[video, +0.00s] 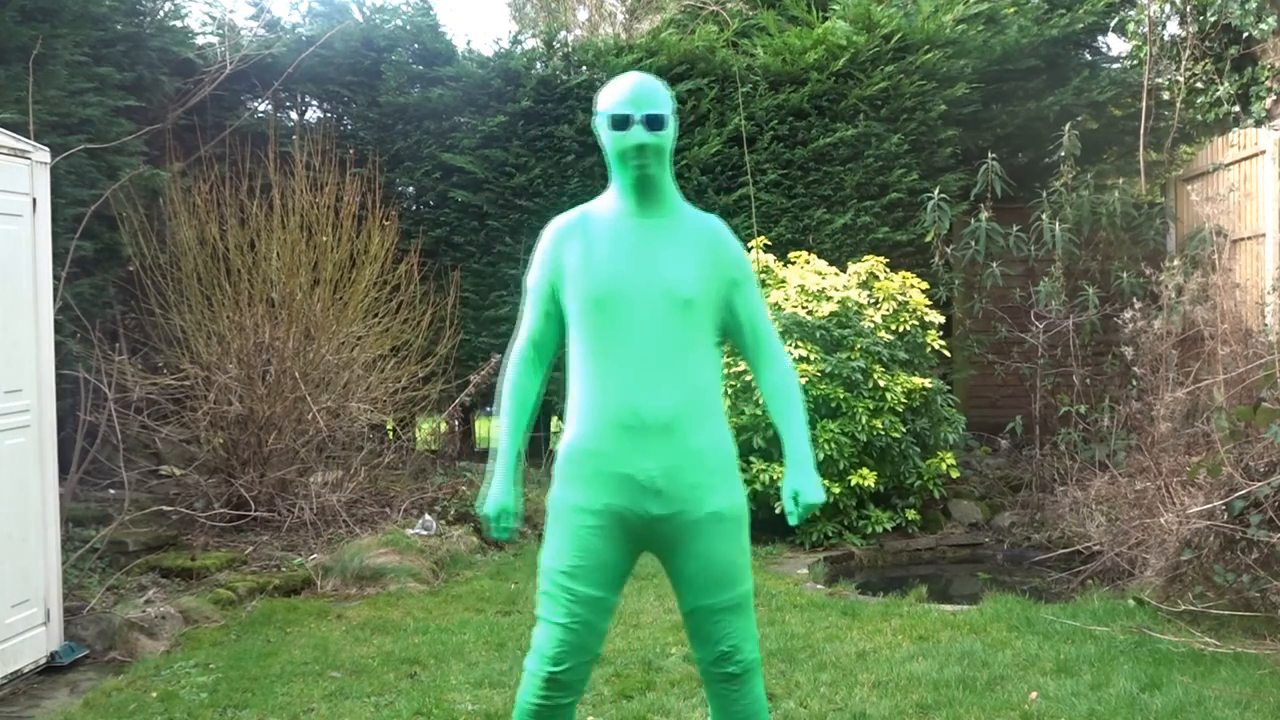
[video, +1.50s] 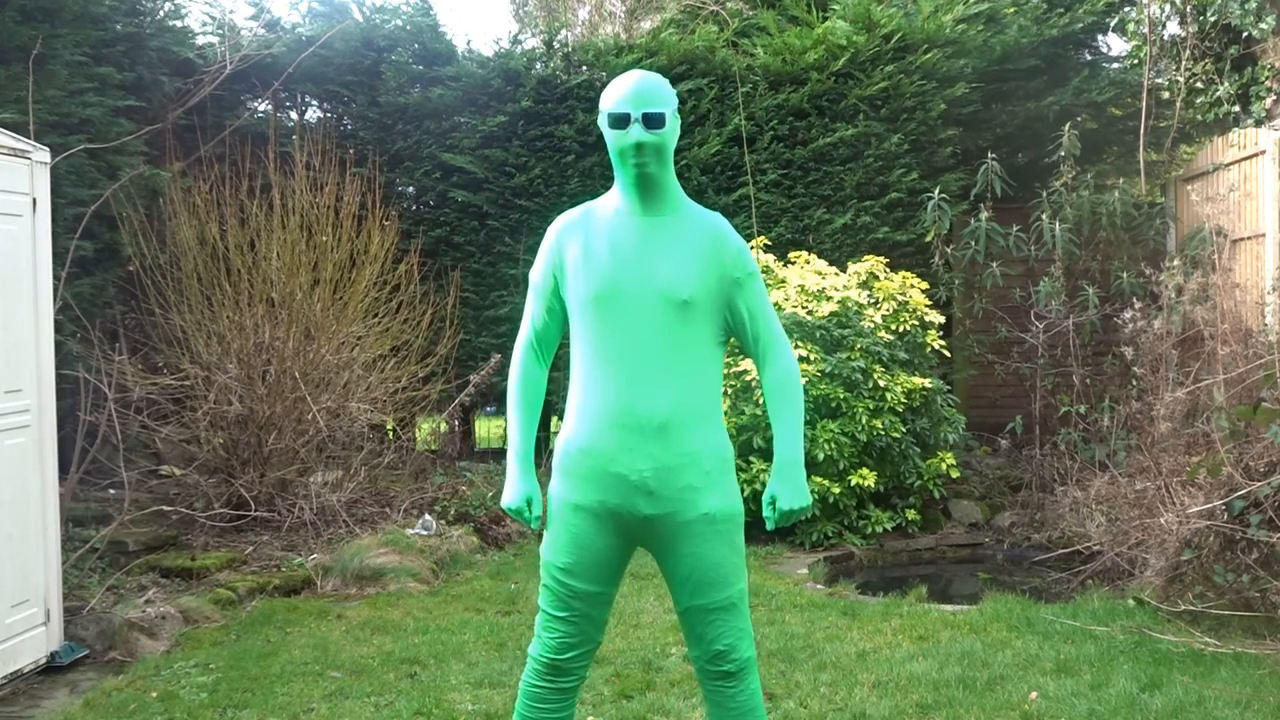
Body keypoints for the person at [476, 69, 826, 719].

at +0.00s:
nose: (639, 136)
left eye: (654, 122)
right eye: (622, 123)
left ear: (674, 132)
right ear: (600, 136)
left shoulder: (713, 240)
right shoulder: (565, 238)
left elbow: (767, 353)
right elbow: (530, 355)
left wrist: (799, 458)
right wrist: (504, 472)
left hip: (704, 485)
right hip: (591, 485)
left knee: (733, 668)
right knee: (554, 670)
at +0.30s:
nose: (666, 132)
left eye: (682, 119)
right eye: (650, 119)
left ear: (703, 131)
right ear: (629, 131)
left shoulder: (737, 243)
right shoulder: (587, 234)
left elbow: (782, 365)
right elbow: (557, 351)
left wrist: (813, 478)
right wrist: (543, 470)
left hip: (716, 489)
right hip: (604, 487)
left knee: (739, 671)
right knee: (564, 666)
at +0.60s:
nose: (645, 134)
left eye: (661, 120)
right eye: (629, 121)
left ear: (683, 130)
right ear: (610, 132)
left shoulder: (720, 243)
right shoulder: (571, 231)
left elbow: (770, 356)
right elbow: (527, 344)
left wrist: (780, 464)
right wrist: (505, 459)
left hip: (697, 487)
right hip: (585, 484)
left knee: (727, 667)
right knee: (553, 665)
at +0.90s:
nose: (634, 134)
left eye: (649, 119)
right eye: (618, 121)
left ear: (673, 129)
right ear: (600, 133)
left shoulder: (712, 238)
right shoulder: (565, 234)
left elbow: (769, 353)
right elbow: (525, 349)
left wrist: (784, 464)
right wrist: (505, 463)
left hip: (694, 486)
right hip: (583, 484)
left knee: (725, 666)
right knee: (551, 666)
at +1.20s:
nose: (636, 135)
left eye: (651, 120)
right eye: (620, 122)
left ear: (675, 129)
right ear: (602, 134)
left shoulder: (715, 238)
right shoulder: (568, 234)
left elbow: (772, 351)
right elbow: (533, 351)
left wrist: (789, 463)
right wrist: (519, 466)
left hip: (698, 486)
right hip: (587, 485)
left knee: (728, 664)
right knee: (554, 665)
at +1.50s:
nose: (638, 135)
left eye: (653, 120)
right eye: (622, 122)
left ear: (676, 128)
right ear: (604, 134)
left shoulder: (716, 238)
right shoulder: (569, 234)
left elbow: (773, 351)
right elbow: (532, 351)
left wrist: (789, 464)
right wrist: (518, 465)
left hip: (698, 486)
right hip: (588, 485)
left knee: (729, 667)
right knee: (554, 666)